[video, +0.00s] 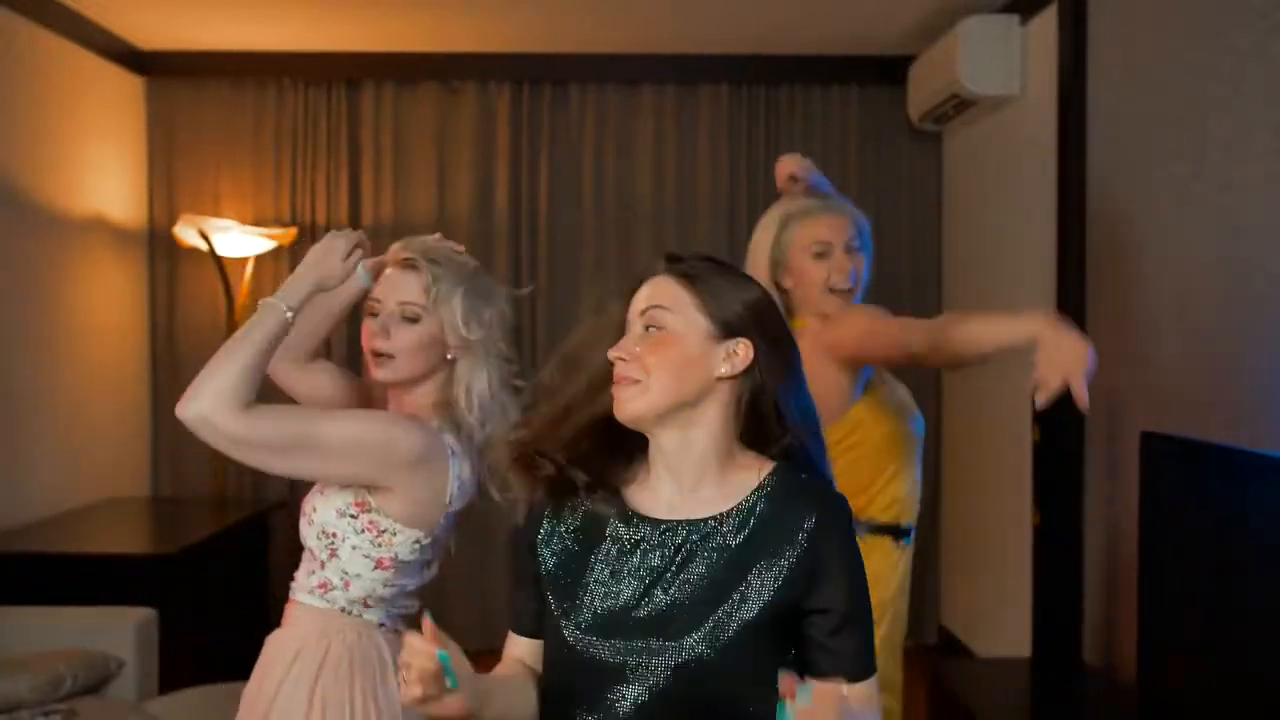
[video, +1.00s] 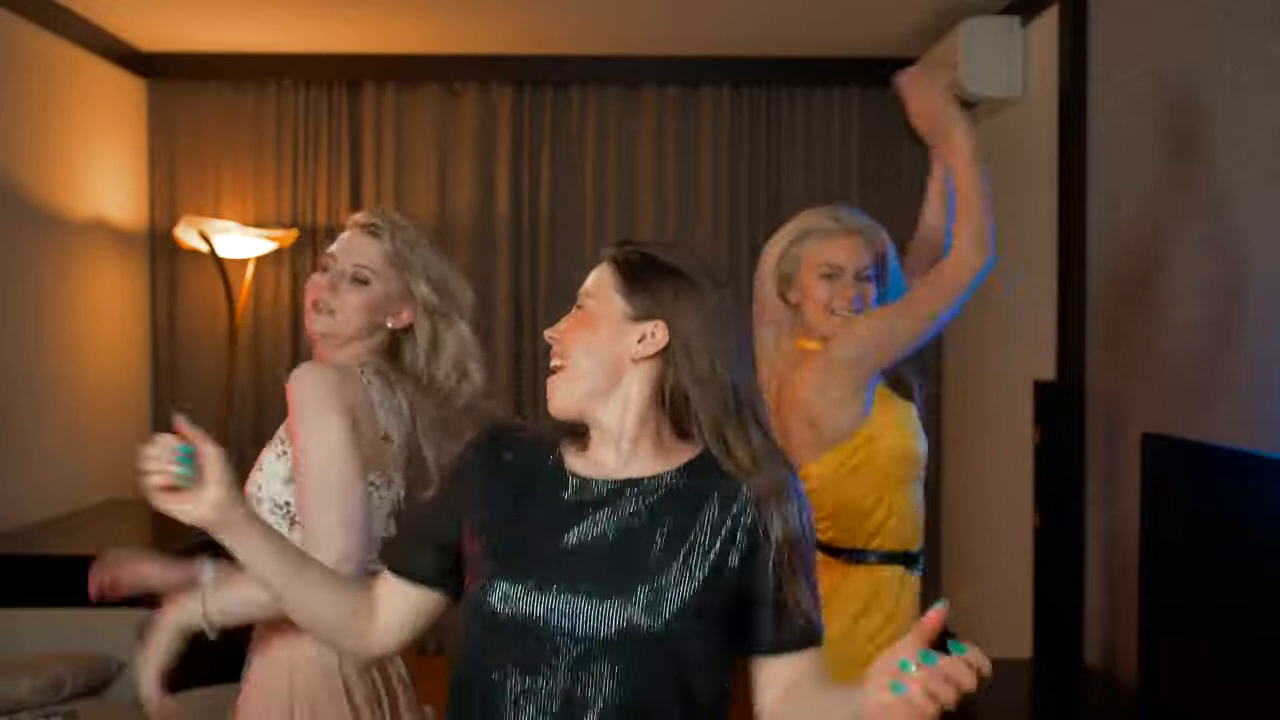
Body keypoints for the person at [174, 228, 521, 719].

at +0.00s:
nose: (378, 332)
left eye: (409, 318)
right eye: (374, 312)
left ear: (458, 339)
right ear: (362, 316)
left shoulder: (412, 445)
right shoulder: (407, 419)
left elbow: (207, 410)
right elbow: (287, 361)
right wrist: (357, 282)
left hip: (335, 663)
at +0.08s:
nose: (367, 309)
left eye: (398, 294)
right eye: (364, 290)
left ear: (449, 313)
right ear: (355, 293)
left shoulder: (400, 413)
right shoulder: (418, 401)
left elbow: (199, 366)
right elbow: (283, 347)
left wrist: (301, 263)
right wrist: (355, 275)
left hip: (328, 647)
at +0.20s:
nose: (358, 284)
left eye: (390, 269)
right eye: (357, 266)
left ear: (441, 290)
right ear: (349, 267)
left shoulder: (389, 379)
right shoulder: (406, 389)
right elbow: (271, 379)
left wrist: (303, 206)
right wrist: (347, 293)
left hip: (321, 631)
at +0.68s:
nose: (355, 283)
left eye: (389, 280)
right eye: (363, 266)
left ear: (433, 320)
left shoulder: (374, 406)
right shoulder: (382, 400)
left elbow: (193, 315)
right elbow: (233, 327)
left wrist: (336, 220)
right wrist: (348, 283)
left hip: (310, 632)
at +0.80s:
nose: (377, 294)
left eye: (411, 297)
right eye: (377, 274)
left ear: (439, 340)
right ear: (356, 281)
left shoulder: (376, 423)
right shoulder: (366, 414)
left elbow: (168, 463)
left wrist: (266, 315)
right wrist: (296, 349)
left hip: (310, 676)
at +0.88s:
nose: (360, 295)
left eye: (392, 293)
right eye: (360, 275)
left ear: (425, 332)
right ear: (341, 283)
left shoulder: (354, 412)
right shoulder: (398, 411)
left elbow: (236, 568)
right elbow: (233, 525)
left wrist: (189, 413)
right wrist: (239, 408)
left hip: (300, 672)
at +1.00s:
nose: (324, 287)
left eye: (358, 279)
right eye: (324, 268)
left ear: (401, 313)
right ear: (312, 274)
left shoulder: (320, 384)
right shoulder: (403, 397)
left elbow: (332, 573)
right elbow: (314, 567)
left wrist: (192, 611)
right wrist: (186, 574)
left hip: (304, 672)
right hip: (376, 669)